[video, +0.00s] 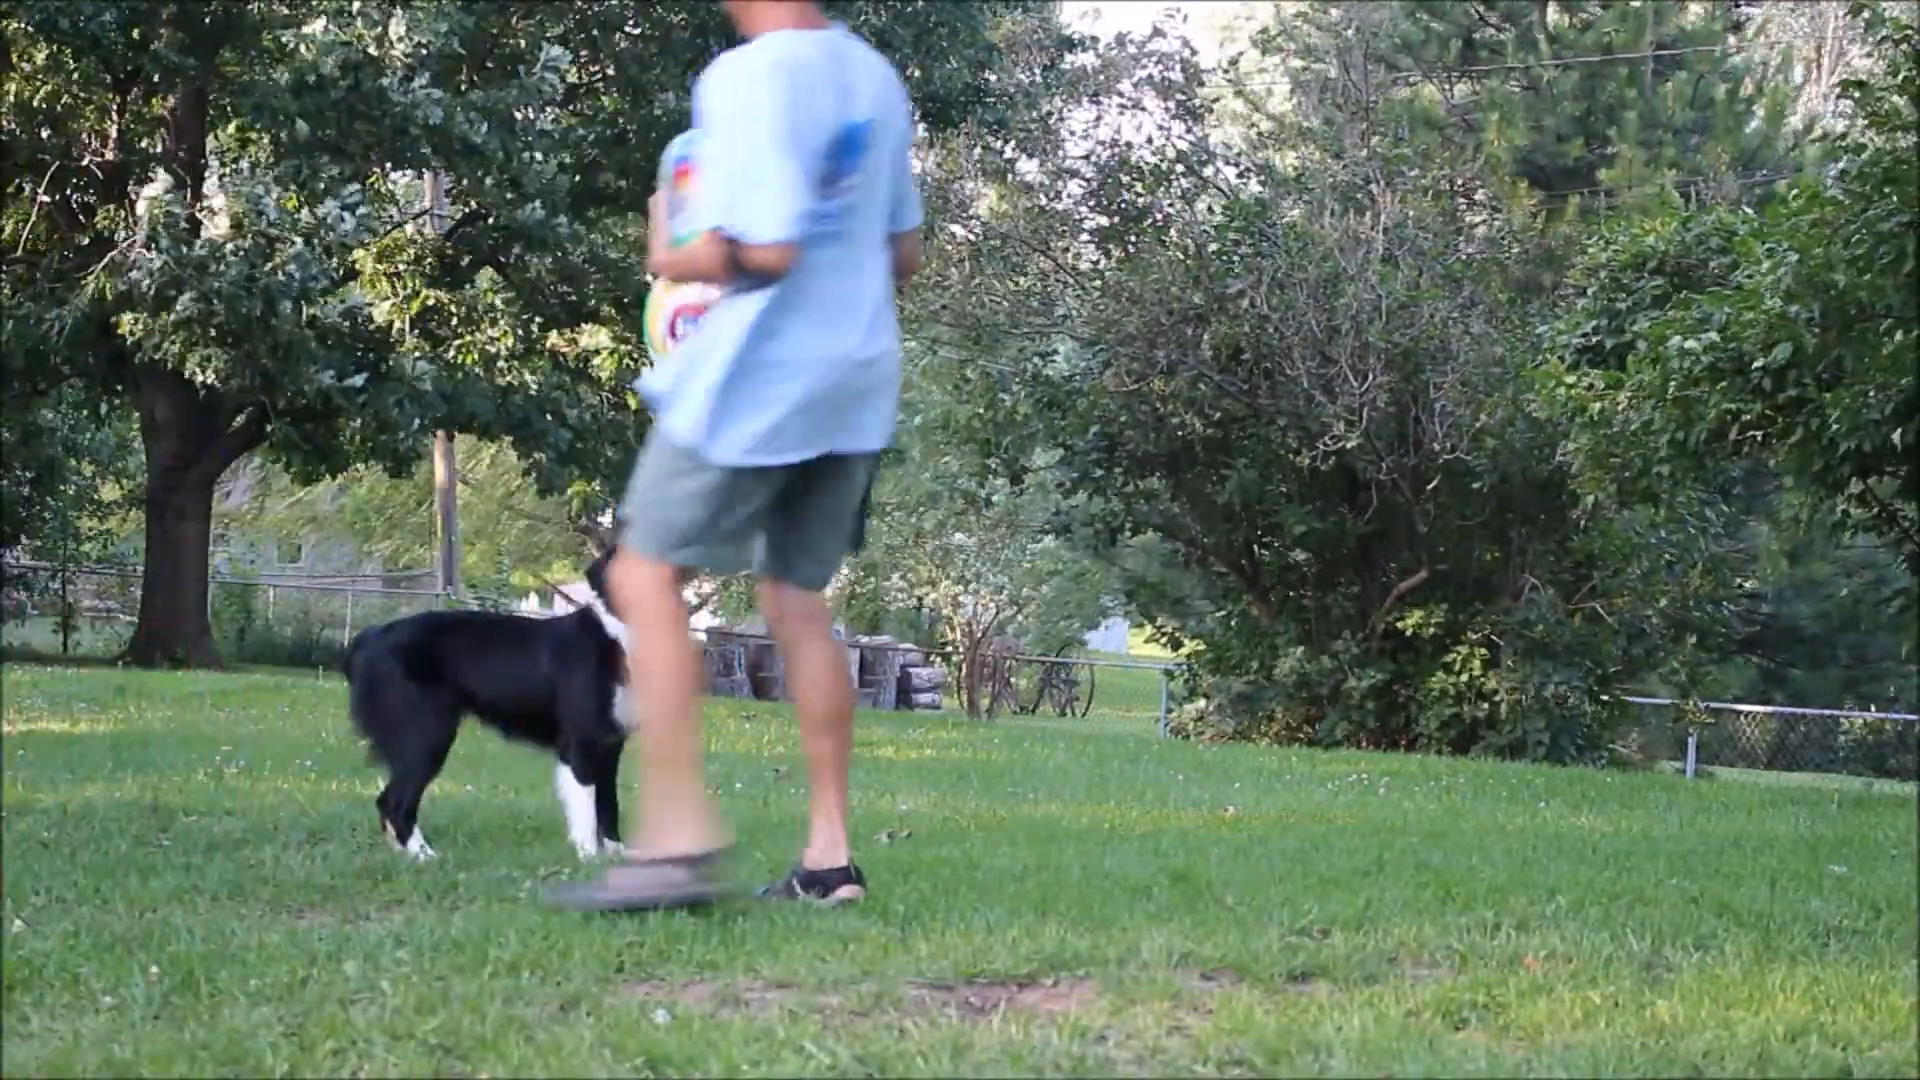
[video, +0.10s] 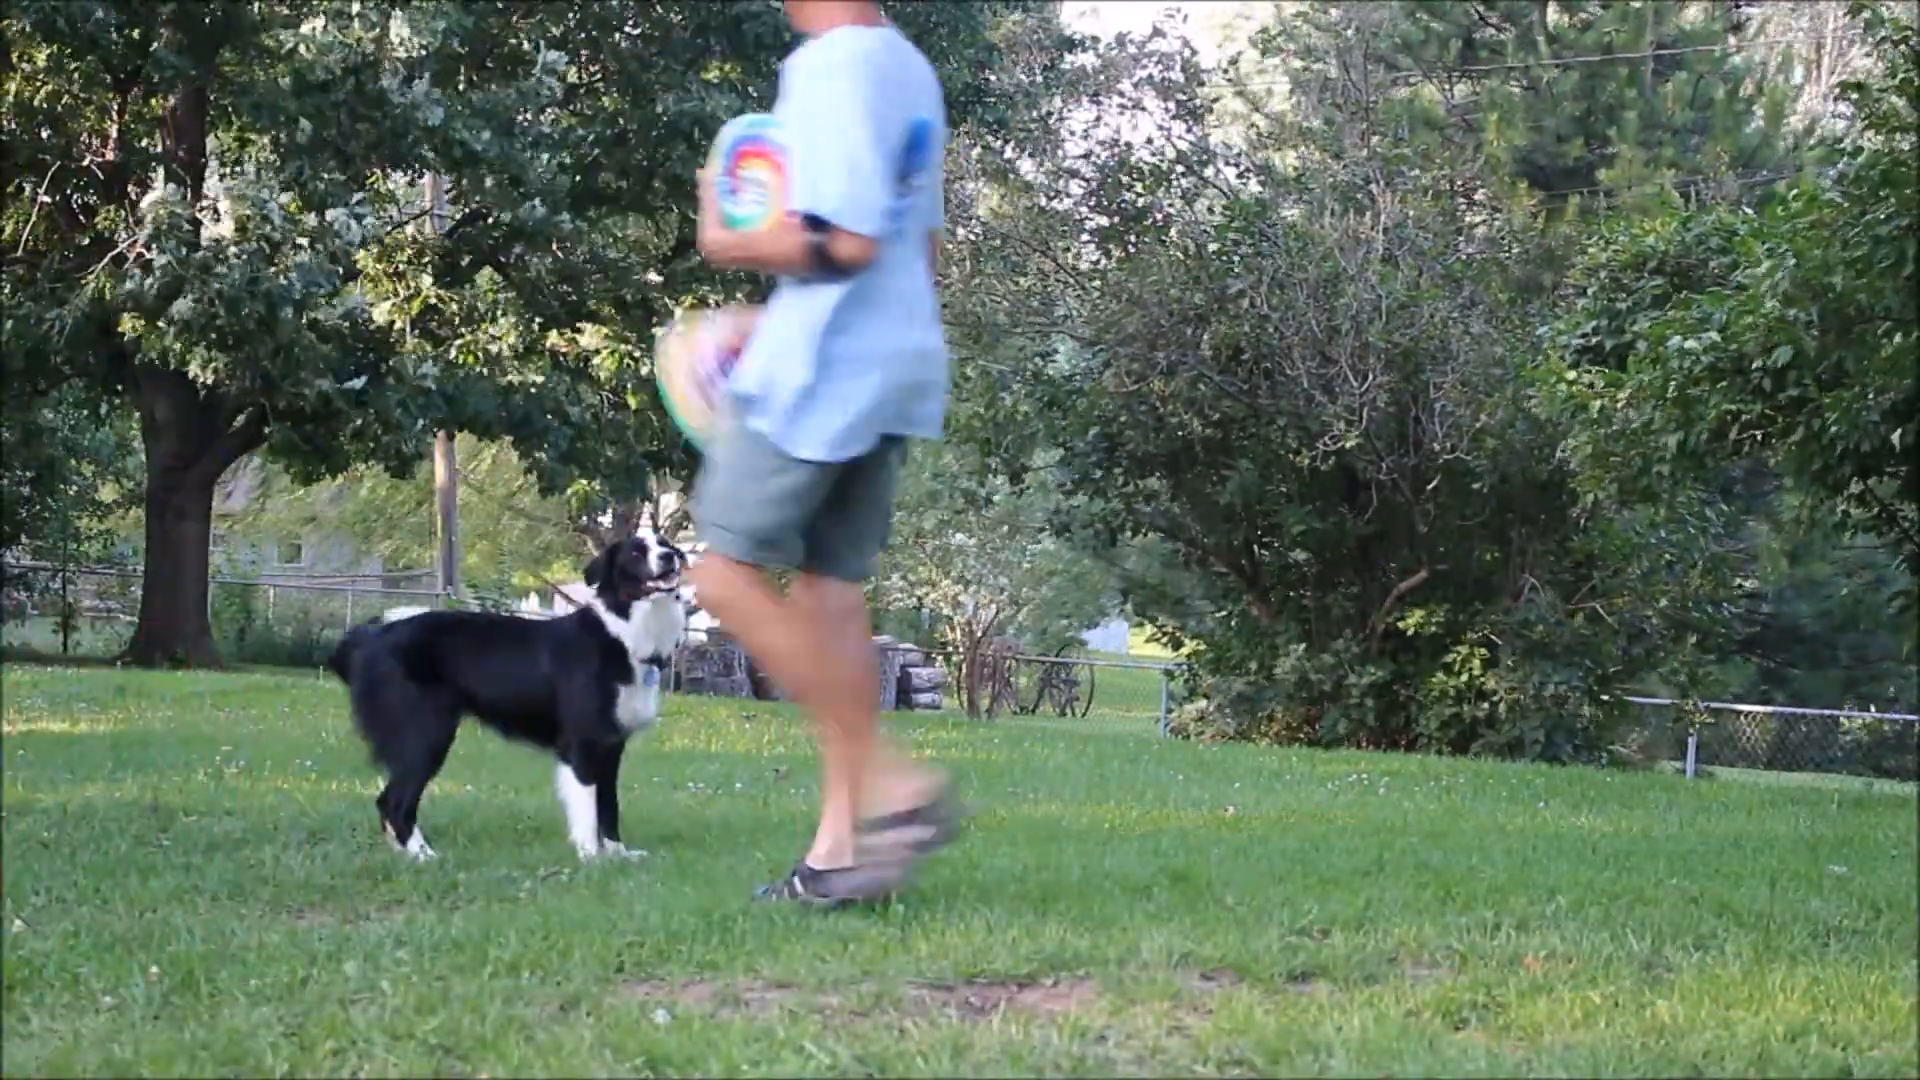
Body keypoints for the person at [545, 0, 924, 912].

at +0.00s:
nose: (724, 5)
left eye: (726, 2)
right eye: (730, 1)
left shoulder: (748, 74)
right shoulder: (879, 73)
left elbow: (763, 253)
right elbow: (900, 254)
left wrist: (671, 259)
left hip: (751, 388)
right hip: (857, 392)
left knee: (643, 571)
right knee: (797, 598)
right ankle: (829, 853)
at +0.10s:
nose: (780, 5)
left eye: (783, 0)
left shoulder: (831, 65)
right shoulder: (907, 66)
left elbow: (840, 242)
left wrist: (723, 241)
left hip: (821, 371)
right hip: (892, 370)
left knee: (721, 572)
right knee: (835, 597)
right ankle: (841, 851)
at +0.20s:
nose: (829, 6)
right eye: (834, 1)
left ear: (855, 0)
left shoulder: (909, 78)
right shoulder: (891, 75)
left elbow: (923, 257)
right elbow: (886, 240)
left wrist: (780, 251)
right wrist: (814, 324)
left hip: (892, 385)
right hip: (870, 385)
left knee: (842, 608)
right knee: (855, 612)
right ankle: (838, 856)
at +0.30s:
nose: (876, 6)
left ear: (909, 0)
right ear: (940, 2)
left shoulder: (975, 86)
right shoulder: (925, 87)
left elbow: (999, 266)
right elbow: (921, 254)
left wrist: (852, 271)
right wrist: (823, 322)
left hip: (958, 406)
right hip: (905, 402)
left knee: (980, 615)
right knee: (874, 605)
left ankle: (1163, 813)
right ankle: (842, 855)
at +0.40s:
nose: (921, 9)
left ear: (959, 7)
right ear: (989, 9)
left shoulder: (1037, 103)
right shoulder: (974, 107)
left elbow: (1046, 287)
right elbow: (955, 271)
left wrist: (912, 301)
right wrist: (851, 338)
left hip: (1028, 425)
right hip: (953, 422)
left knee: (1069, 619)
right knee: (924, 609)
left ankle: (1191, 840)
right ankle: (866, 849)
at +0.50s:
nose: (963, 15)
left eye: (971, 2)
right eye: (965, 4)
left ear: (1011, 9)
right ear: (1025, 12)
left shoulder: (1100, 114)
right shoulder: (1009, 104)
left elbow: (1142, 290)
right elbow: (993, 255)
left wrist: (1003, 324)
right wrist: (901, 316)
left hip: (1085, 421)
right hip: (1003, 415)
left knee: (1111, 614)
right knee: (967, 605)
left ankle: (1195, 846)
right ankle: (911, 840)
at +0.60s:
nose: (996, 5)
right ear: (1053, 1)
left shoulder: (1147, 97)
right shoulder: (1032, 80)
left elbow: (1202, 259)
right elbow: (1029, 232)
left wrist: (1076, 293)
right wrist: (934, 294)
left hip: (1123, 397)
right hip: (1027, 388)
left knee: (1138, 593)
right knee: (994, 572)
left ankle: (1194, 844)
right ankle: (997, 825)